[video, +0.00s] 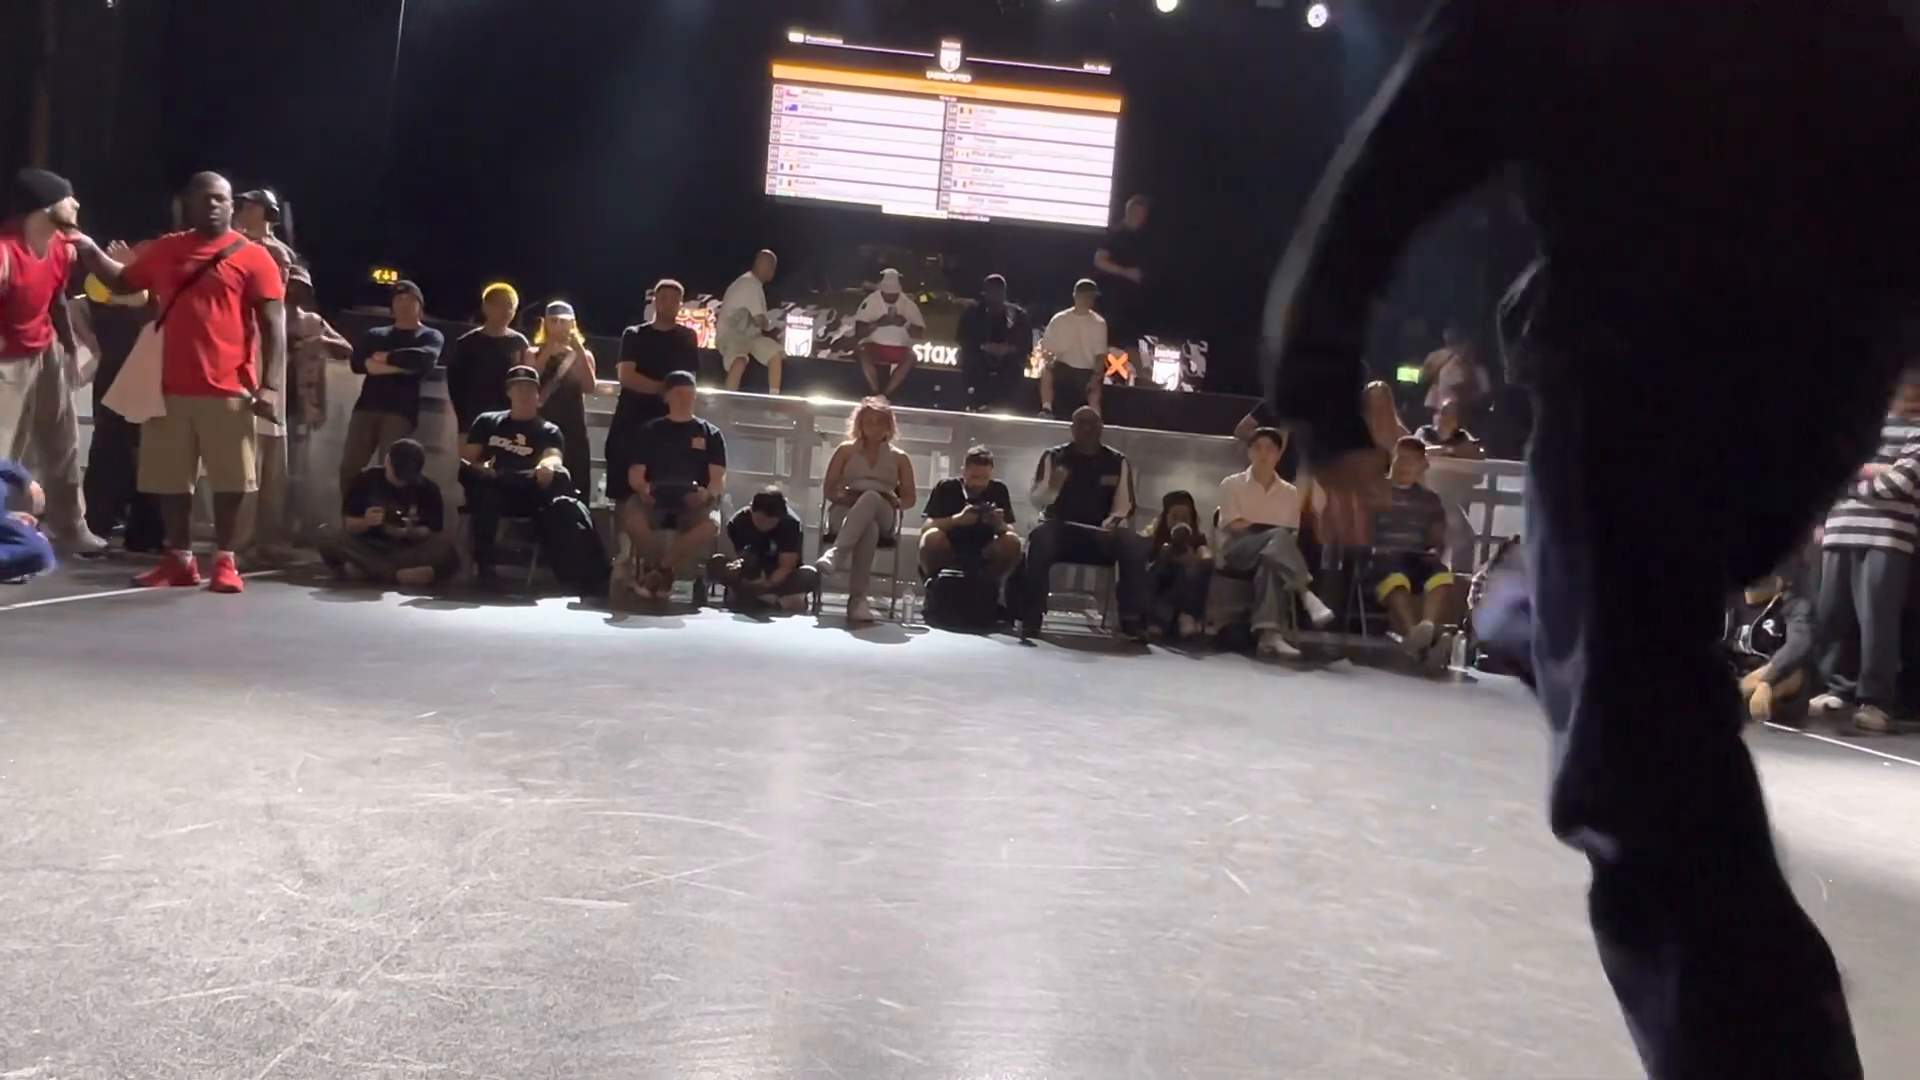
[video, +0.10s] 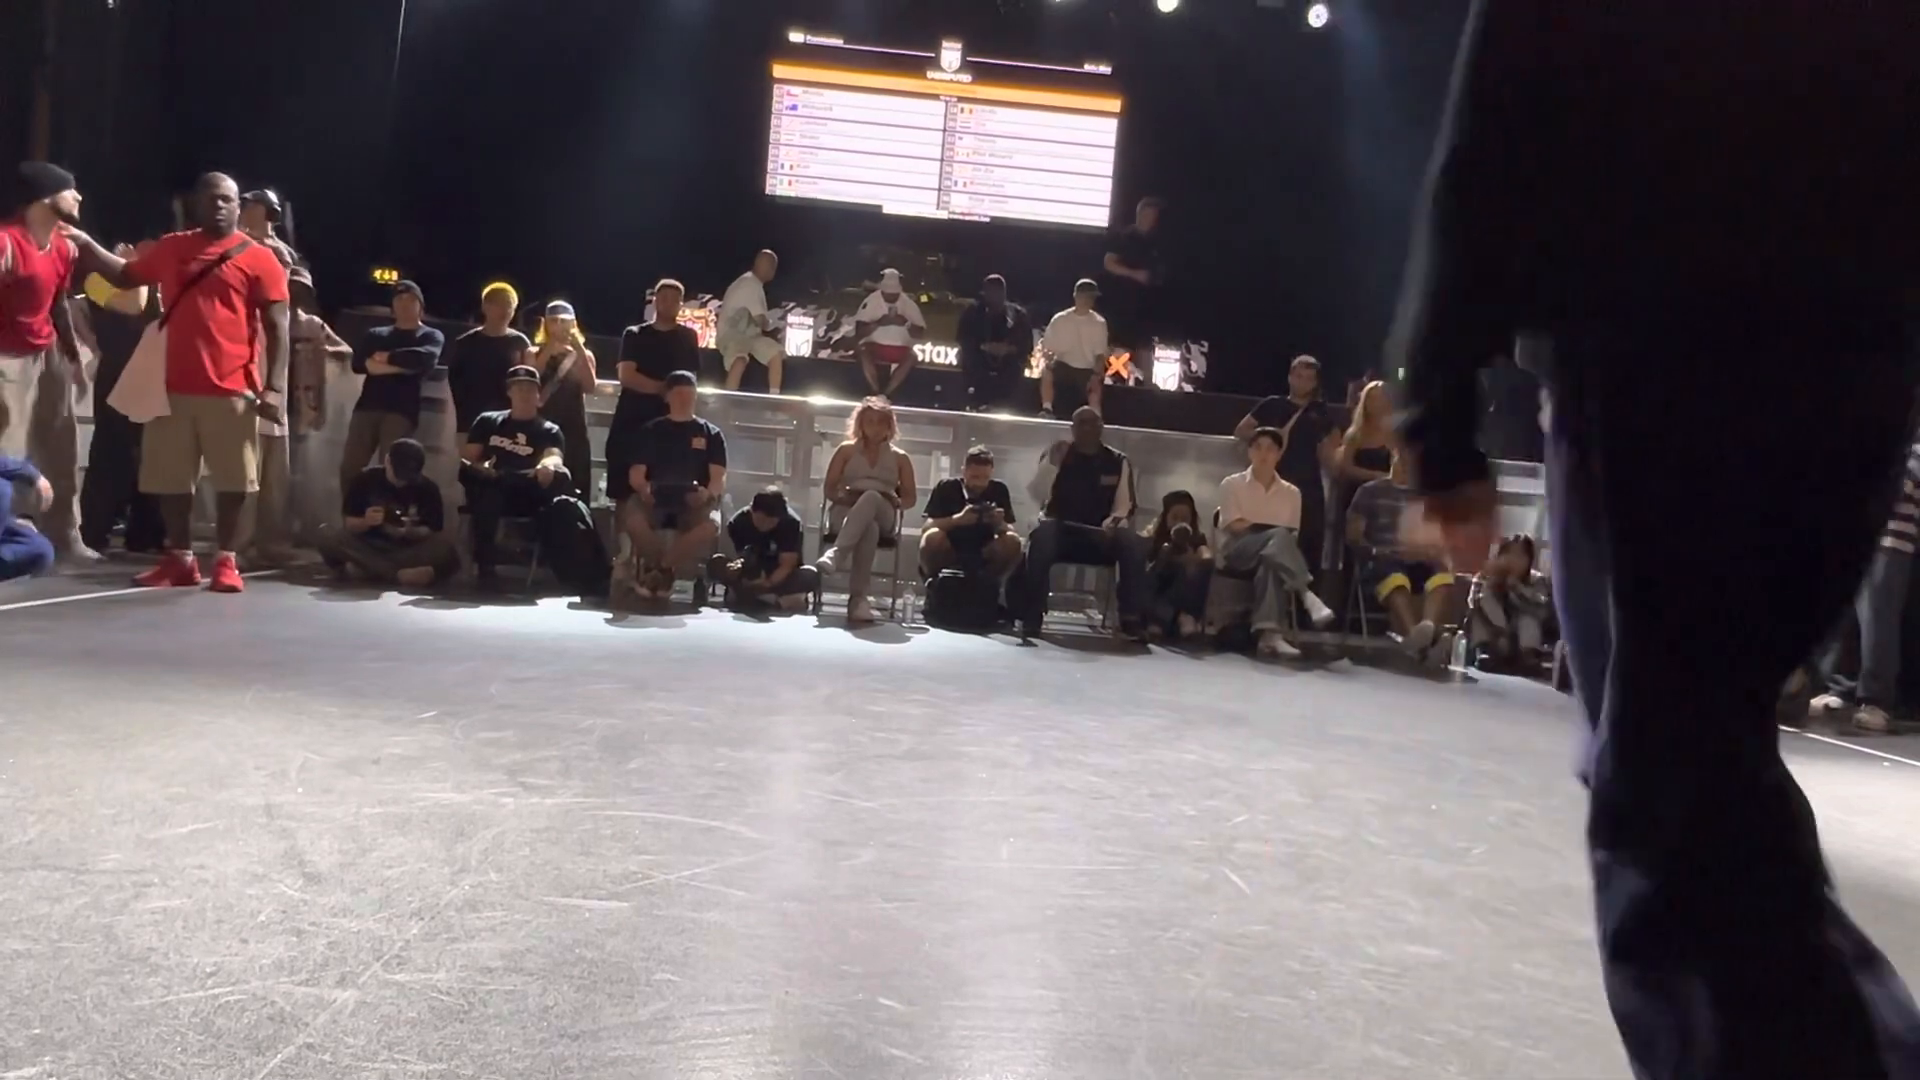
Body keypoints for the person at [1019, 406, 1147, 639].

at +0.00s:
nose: (1087, 429)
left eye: (1093, 423)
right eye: (1081, 423)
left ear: (1102, 428)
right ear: (1071, 428)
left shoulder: (1118, 462)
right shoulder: (1053, 457)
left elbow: (1123, 503)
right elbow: (1037, 500)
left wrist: (1114, 519)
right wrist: (1053, 486)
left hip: (1099, 535)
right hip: (1062, 533)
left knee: (1132, 541)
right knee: (1040, 536)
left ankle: (1132, 619)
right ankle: (1031, 619)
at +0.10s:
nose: (1088, 429)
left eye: (1093, 423)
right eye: (1082, 423)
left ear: (1102, 428)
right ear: (1072, 428)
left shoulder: (1119, 462)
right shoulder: (1056, 454)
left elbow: (1123, 502)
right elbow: (1037, 495)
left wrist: (1115, 519)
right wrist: (1054, 463)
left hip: (1099, 535)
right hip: (1062, 533)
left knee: (1132, 541)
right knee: (1042, 534)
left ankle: (1132, 619)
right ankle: (1032, 619)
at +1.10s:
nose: (1081, 433)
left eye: (1087, 427)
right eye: (1075, 427)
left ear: (1095, 432)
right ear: (1066, 430)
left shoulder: (1112, 465)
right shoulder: (1047, 457)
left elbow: (1116, 508)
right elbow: (1029, 501)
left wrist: (1105, 524)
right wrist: (1041, 484)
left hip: (1090, 537)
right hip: (1053, 535)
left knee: (1123, 543)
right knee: (1033, 538)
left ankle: (1123, 621)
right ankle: (1023, 621)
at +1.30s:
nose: (1075, 437)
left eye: (1082, 431)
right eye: (1070, 431)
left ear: (1091, 433)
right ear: (1063, 432)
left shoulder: (1109, 467)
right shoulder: (1044, 461)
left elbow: (1114, 509)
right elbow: (1030, 502)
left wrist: (1106, 523)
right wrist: (1043, 516)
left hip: (1090, 538)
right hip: (1054, 535)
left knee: (1122, 545)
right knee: (1028, 540)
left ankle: (1121, 624)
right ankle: (1022, 624)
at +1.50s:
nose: (1072, 436)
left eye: (1077, 430)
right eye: (1066, 430)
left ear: (1086, 432)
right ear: (1057, 432)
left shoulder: (1102, 465)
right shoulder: (1038, 460)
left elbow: (1109, 508)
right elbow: (1024, 500)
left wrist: (1100, 522)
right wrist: (1040, 518)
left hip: (1085, 536)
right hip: (1049, 534)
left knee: (1112, 544)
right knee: (1023, 539)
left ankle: (1104, 626)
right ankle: (1019, 622)